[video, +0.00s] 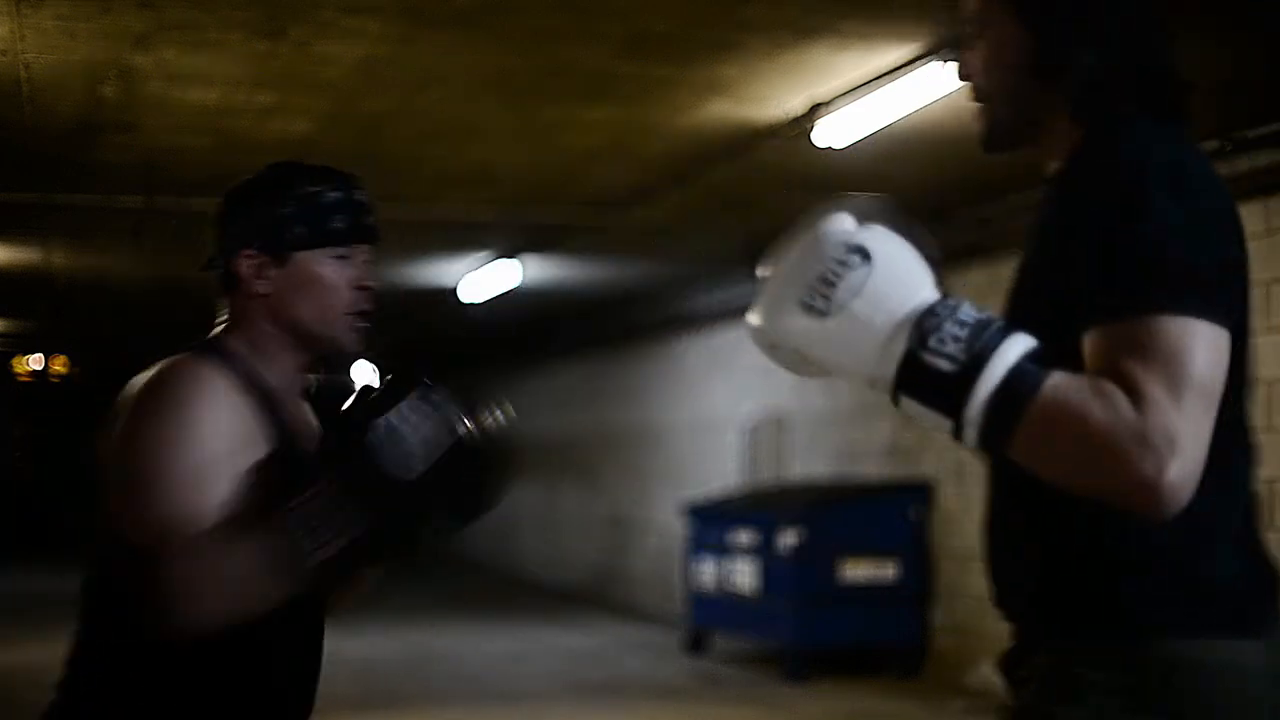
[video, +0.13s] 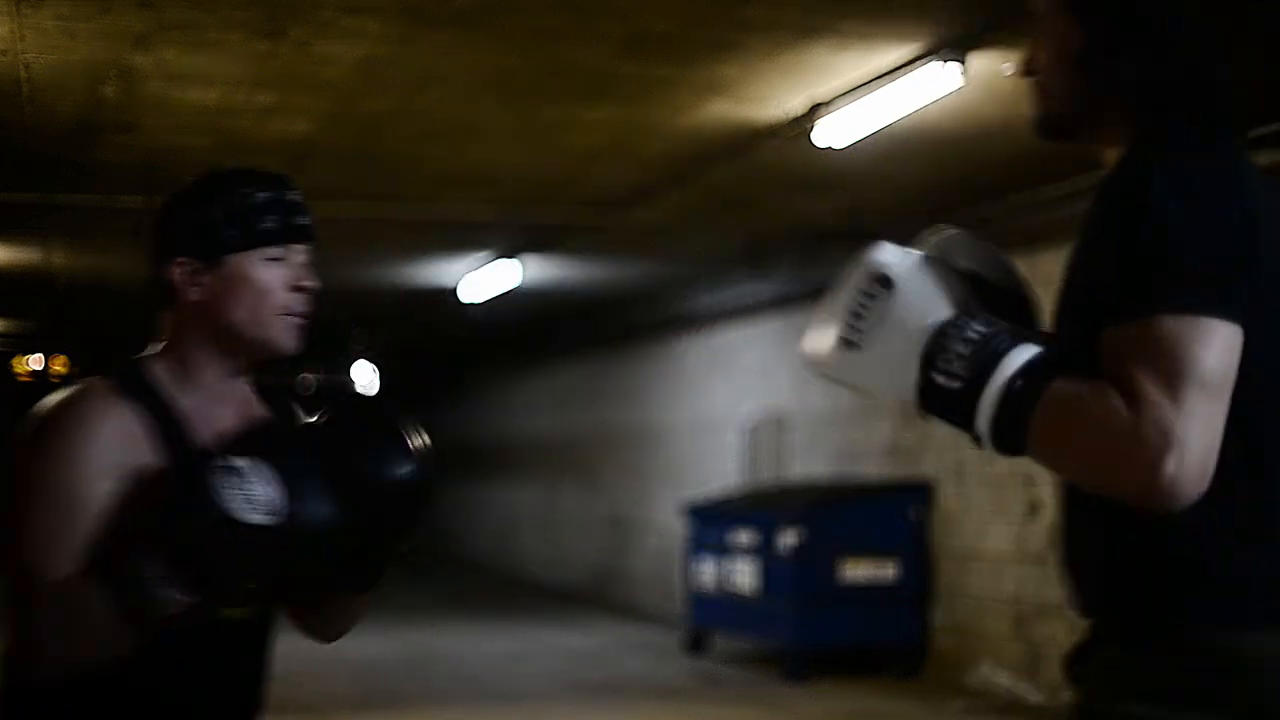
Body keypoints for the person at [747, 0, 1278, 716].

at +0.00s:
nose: (963, 69)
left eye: (977, 35)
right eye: (965, 43)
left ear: (1056, 33)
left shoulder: (1151, 181)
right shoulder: (1102, 185)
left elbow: (1154, 453)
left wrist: (915, 336)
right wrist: (913, 337)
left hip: (1160, 663)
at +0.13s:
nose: (1026, 65)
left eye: (1047, 33)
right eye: (1035, 36)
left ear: (1116, 39)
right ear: (1123, 43)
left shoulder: (1189, 186)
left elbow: (1164, 450)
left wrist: (954, 361)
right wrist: (1021, 338)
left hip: (1202, 659)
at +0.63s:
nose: (1071, 66)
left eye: (1096, 35)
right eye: (1081, 37)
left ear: (1165, 39)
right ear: (1175, 43)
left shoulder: (1204, 179)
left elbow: (1154, 456)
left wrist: (1013, 357)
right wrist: (1071, 332)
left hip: (1208, 658)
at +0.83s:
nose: (969, 62)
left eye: (984, 36)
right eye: (974, 37)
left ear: (1038, 47)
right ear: (1137, 47)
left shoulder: (1005, 179)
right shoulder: (1219, 197)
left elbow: (742, 277)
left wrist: (558, 261)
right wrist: (957, 291)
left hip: (1127, 643)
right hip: (1257, 626)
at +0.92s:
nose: (933, 61)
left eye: (950, 36)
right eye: (939, 37)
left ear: (1008, 45)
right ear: (1094, 48)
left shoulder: (987, 184)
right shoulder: (1183, 194)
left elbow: (763, 359)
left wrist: (632, 259)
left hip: (1095, 637)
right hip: (1240, 625)